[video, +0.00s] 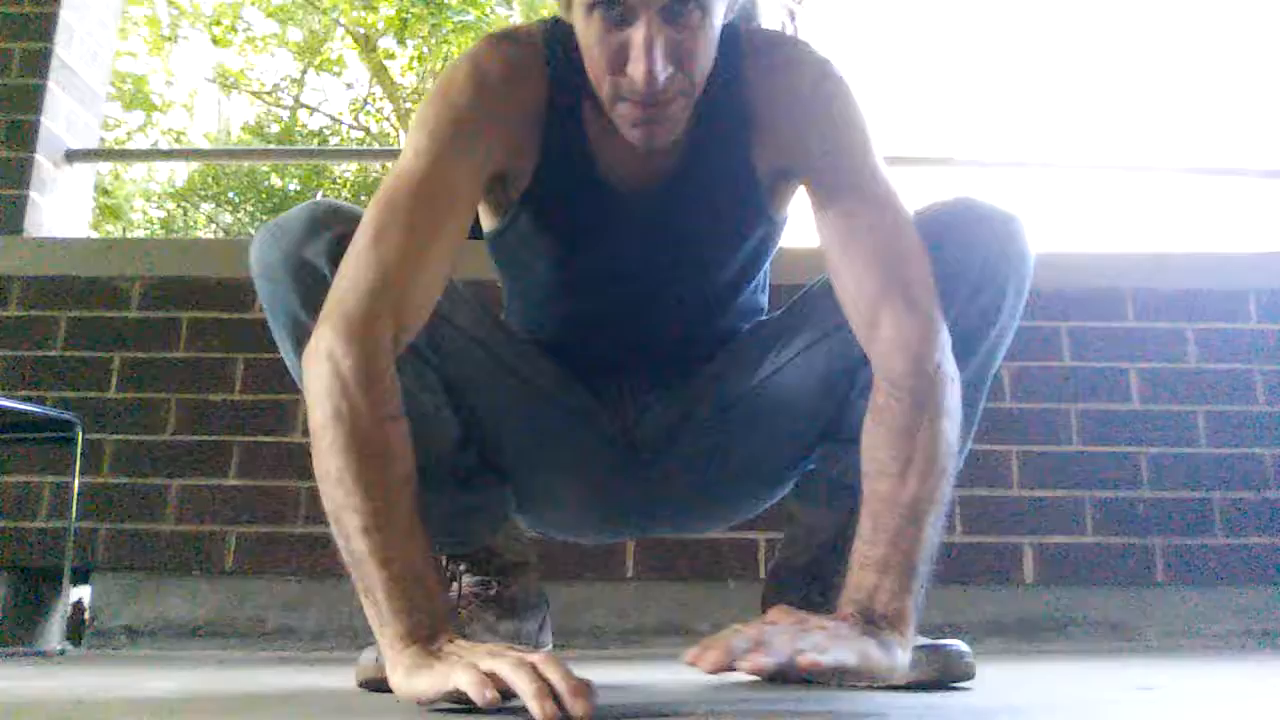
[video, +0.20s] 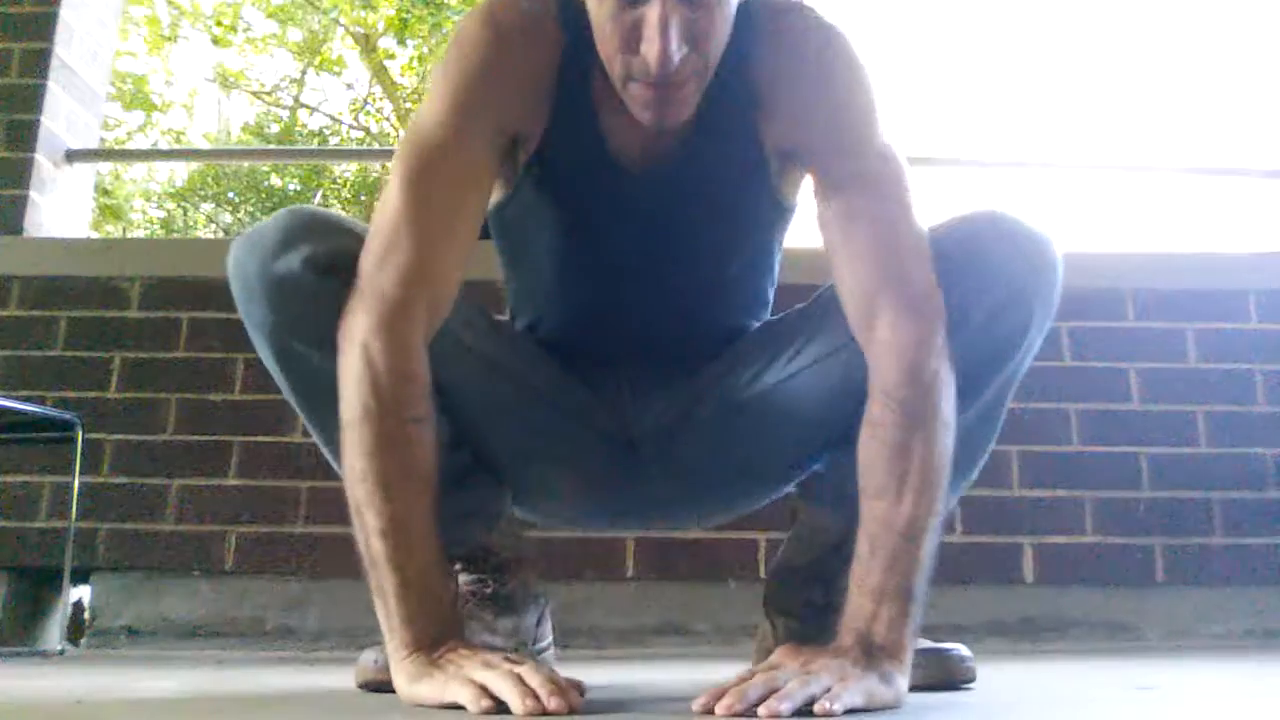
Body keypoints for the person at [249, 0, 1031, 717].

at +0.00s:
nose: (649, 66)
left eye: (682, 20)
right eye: (615, 20)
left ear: (727, 12)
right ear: (572, 12)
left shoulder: (795, 87)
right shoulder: (498, 84)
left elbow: (911, 352)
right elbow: (346, 355)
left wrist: (874, 615)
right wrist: (413, 643)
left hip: (725, 429)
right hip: (551, 433)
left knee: (980, 240)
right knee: (301, 242)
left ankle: (827, 597)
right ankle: (491, 585)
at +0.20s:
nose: (661, 47)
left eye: (693, 11)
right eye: (628, 10)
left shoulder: (800, 52)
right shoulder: (505, 43)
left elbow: (907, 343)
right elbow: (381, 330)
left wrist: (867, 643)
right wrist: (425, 640)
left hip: (730, 415)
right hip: (548, 416)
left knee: (1009, 256)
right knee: (280, 255)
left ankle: (824, 623)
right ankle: (474, 615)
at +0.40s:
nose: (659, 35)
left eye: (694, 4)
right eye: (628, 3)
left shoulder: (818, 37)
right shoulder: (490, 32)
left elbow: (930, 344)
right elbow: (359, 330)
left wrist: (871, 642)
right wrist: (415, 648)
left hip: (744, 395)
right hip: (548, 397)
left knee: (1038, 269)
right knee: (265, 262)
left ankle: (826, 602)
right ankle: (489, 569)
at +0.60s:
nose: (657, 43)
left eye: (695, 7)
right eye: (623, 6)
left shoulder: (832, 40)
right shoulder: (488, 37)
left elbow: (961, 363)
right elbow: (316, 358)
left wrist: (869, 636)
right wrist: (416, 650)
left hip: (748, 384)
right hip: (548, 386)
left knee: (1065, 276)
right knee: (254, 263)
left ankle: (835, 593)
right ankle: (485, 576)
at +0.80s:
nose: (656, 64)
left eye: (697, 15)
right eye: (619, 14)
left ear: (748, 1)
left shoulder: (839, 47)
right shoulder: (482, 43)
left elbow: (988, 373)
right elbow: (295, 367)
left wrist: (869, 639)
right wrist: (419, 653)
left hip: (759, 384)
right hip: (551, 386)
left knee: (1089, 285)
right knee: (242, 270)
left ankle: (834, 603)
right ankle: (483, 587)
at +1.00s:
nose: (656, 83)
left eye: (699, 28)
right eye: (615, 29)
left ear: (751, 4)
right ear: (567, 5)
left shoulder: (842, 49)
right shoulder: (476, 51)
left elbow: (1001, 378)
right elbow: (287, 370)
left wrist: (868, 639)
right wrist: (420, 655)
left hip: (762, 383)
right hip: (552, 385)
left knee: (1099, 291)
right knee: (231, 275)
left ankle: (836, 605)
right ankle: (482, 587)